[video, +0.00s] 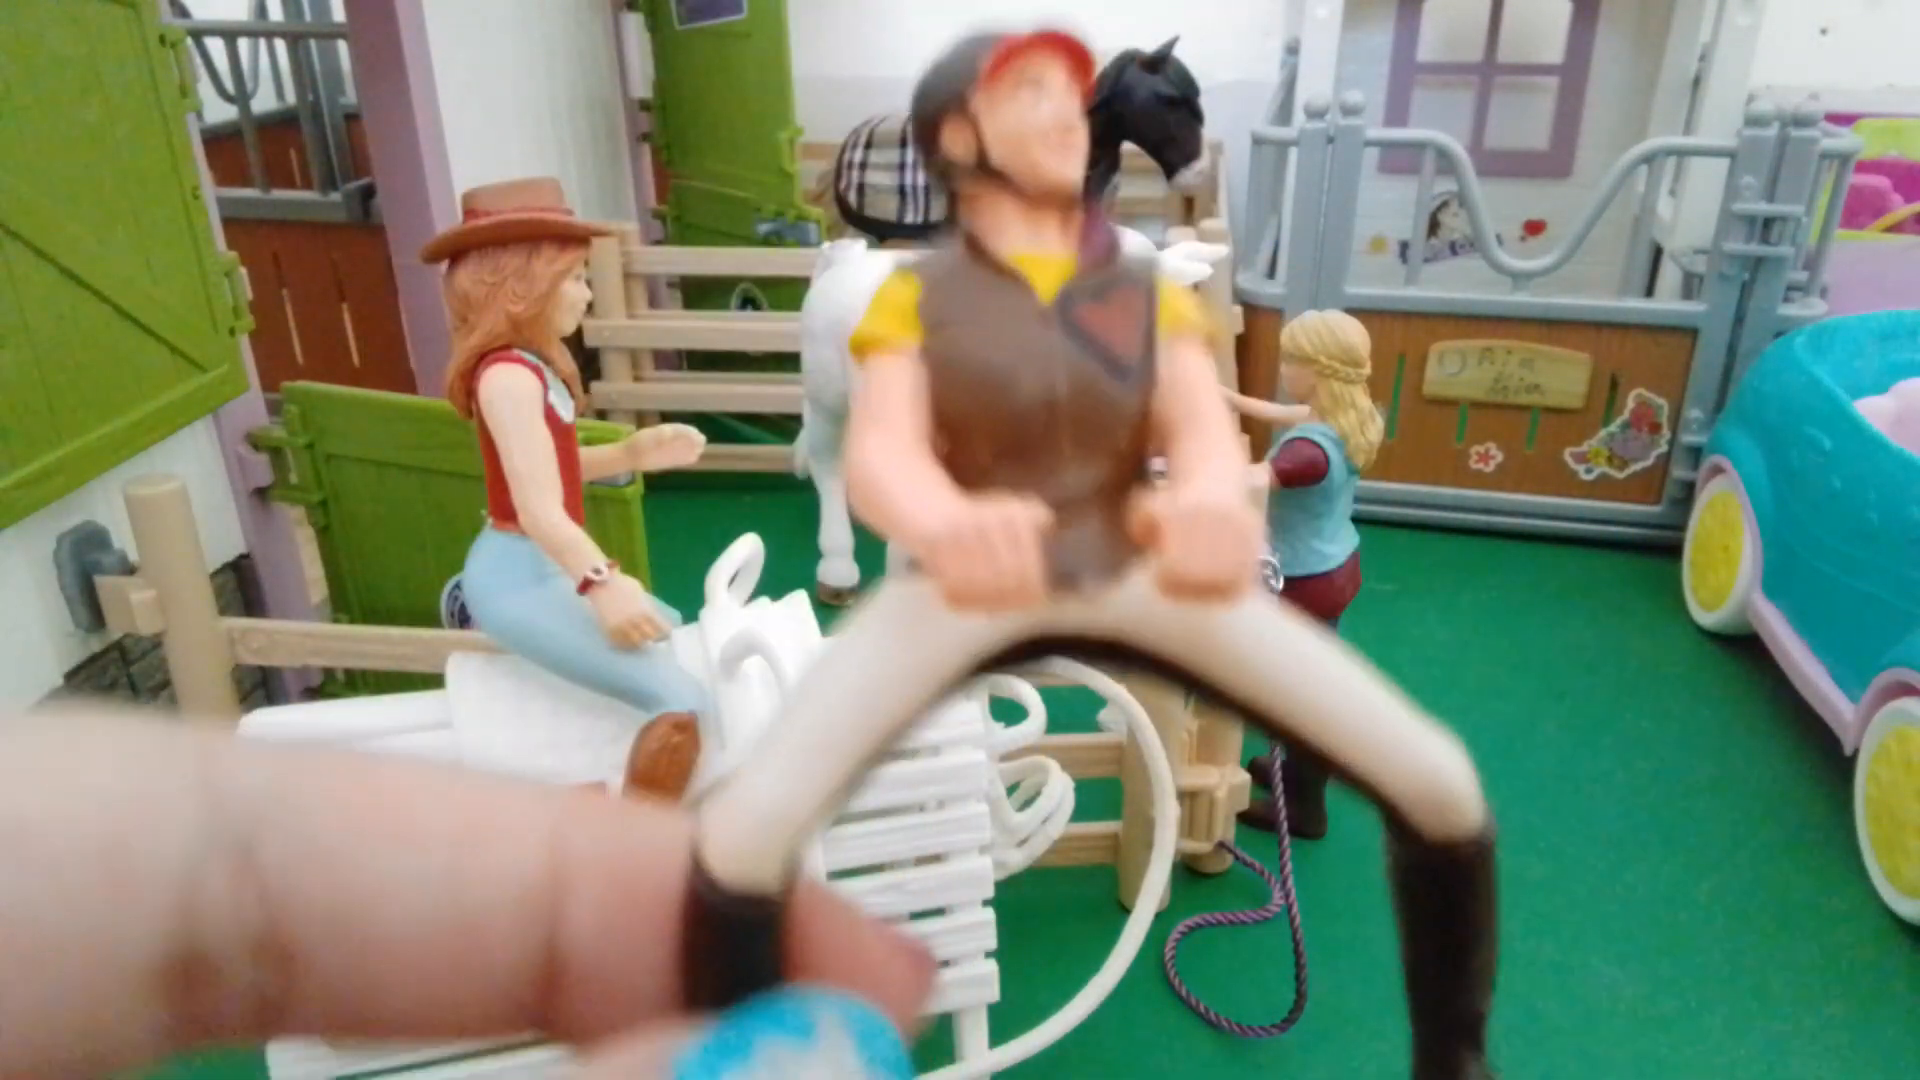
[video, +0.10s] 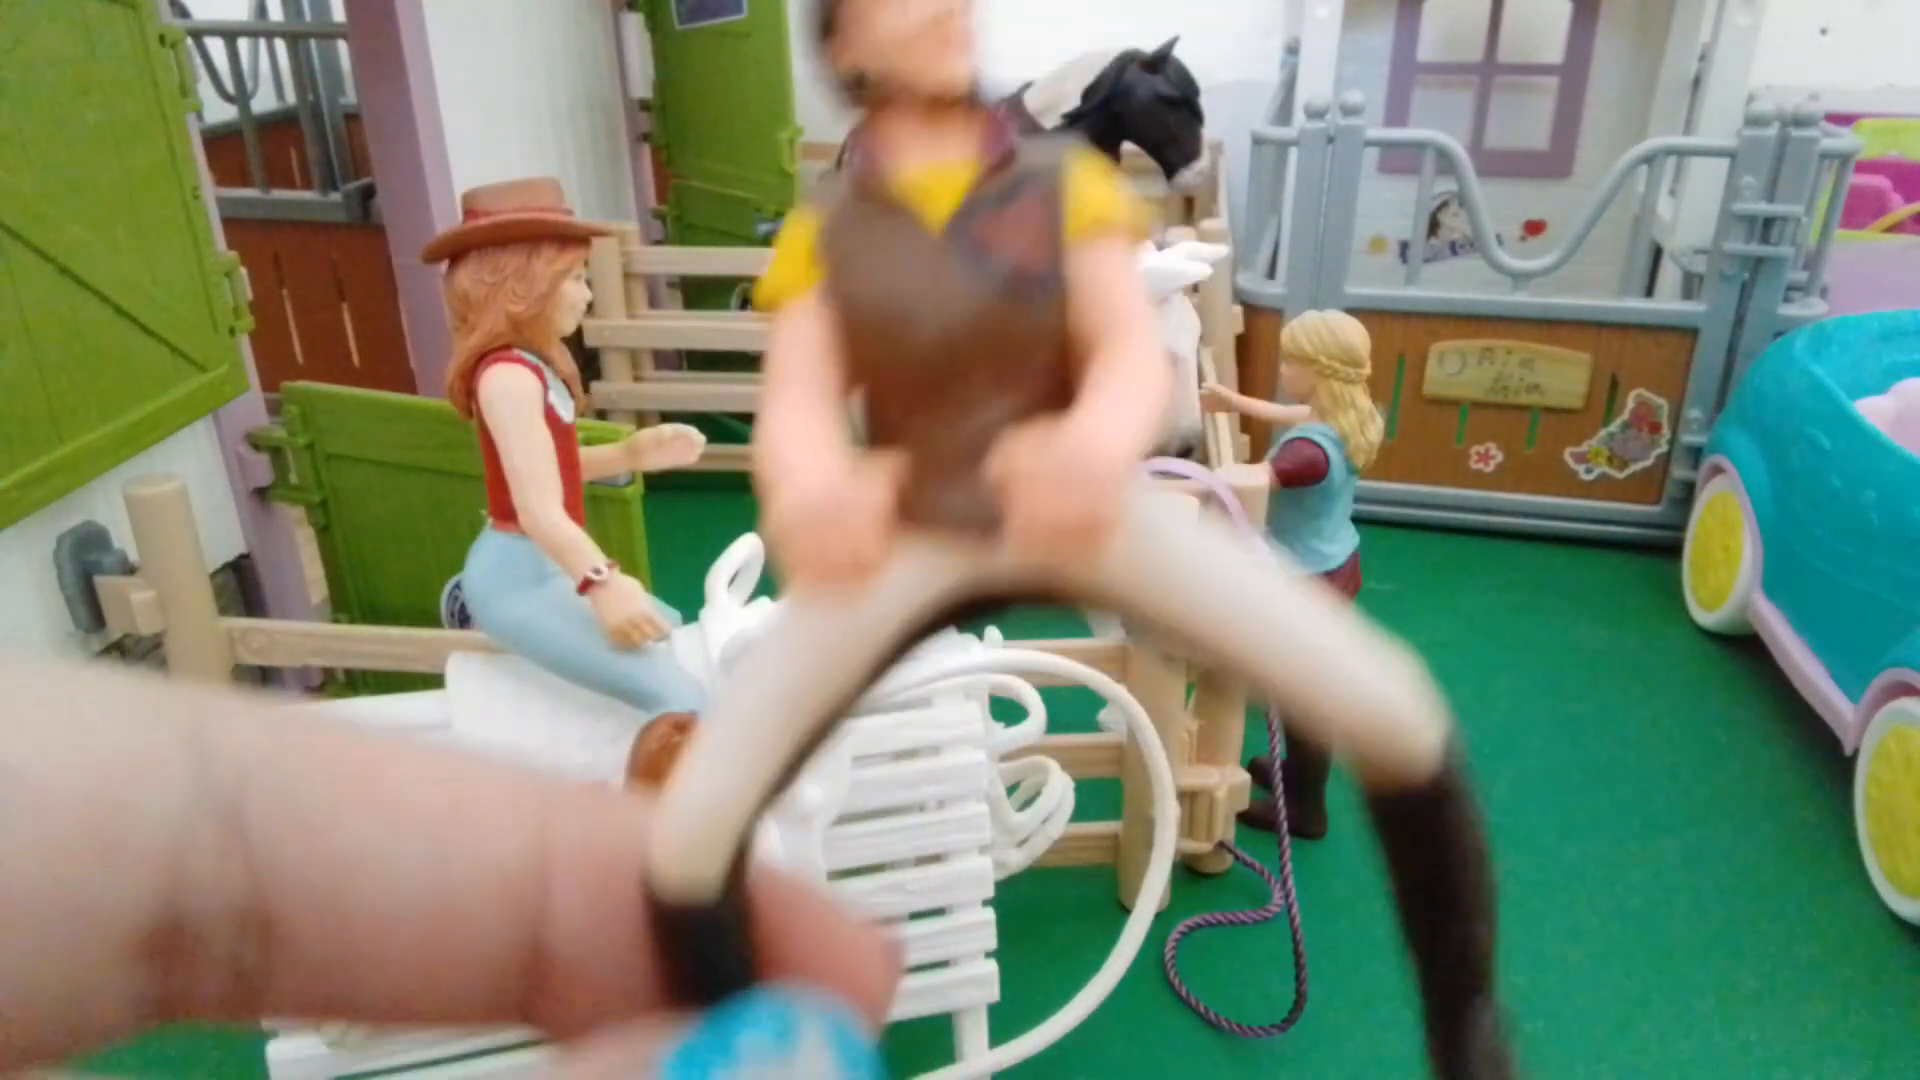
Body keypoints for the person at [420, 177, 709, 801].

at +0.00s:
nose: (588, 294)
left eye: (585, 277)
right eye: (576, 279)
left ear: (531, 288)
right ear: (528, 287)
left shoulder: (536, 370)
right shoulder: (510, 377)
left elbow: (550, 469)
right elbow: (538, 511)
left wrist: (631, 454)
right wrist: (604, 584)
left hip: (548, 561)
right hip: (516, 573)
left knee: (678, 630)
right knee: (682, 695)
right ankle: (636, 851)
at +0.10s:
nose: (588, 294)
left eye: (585, 278)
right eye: (577, 279)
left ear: (531, 288)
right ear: (530, 287)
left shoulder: (537, 369)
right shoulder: (510, 377)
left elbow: (553, 470)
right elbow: (537, 510)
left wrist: (627, 455)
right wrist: (602, 583)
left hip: (550, 558)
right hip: (516, 575)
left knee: (682, 634)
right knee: (685, 696)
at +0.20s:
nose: (588, 292)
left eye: (585, 276)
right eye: (576, 278)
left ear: (534, 286)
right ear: (526, 286)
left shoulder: (540, 367)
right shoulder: (509, 376)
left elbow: (551, 469)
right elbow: (537, 510)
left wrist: (632, 454)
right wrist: (604, 583)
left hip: (549, 568)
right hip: (518, 577)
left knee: (692, 682)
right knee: (680, 698)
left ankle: (636, 868)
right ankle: (625, 874)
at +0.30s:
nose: (587, 294)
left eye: (585, 276)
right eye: (575, 278)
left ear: (535, 287)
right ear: (526, 286)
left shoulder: (543, 368)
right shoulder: (509, 377)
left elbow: (554, 468)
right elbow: (537, 512)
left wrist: (635, 453)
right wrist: (604, 583)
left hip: (553, 562)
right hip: (516, 576)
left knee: (702, 659)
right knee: (680, 695)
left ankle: (671, 885)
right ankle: (624, 888)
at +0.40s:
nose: (588, 292)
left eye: (585, 277)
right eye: (575, 279)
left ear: (533, 287)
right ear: (526, 287)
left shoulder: (539, 369)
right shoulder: (509, 377)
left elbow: (552, 469)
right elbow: (537, 511)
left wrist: (629, 454)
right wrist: (604, 585)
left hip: (546, 567)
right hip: (518, 576)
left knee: (698, 671)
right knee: (689, 692)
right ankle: (634, 878)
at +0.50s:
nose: (588, 293)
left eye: (585, 276)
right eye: (576, 277)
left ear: (537, 285)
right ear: (528, 285)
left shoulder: (543, 366)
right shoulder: (510, 377)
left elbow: (554, 468)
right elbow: (537, 511)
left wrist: (635, 453)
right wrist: (604, 584)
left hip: (555, 560)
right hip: (517, 576)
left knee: (696, 653)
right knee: (679, 690)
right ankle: (641, 876)